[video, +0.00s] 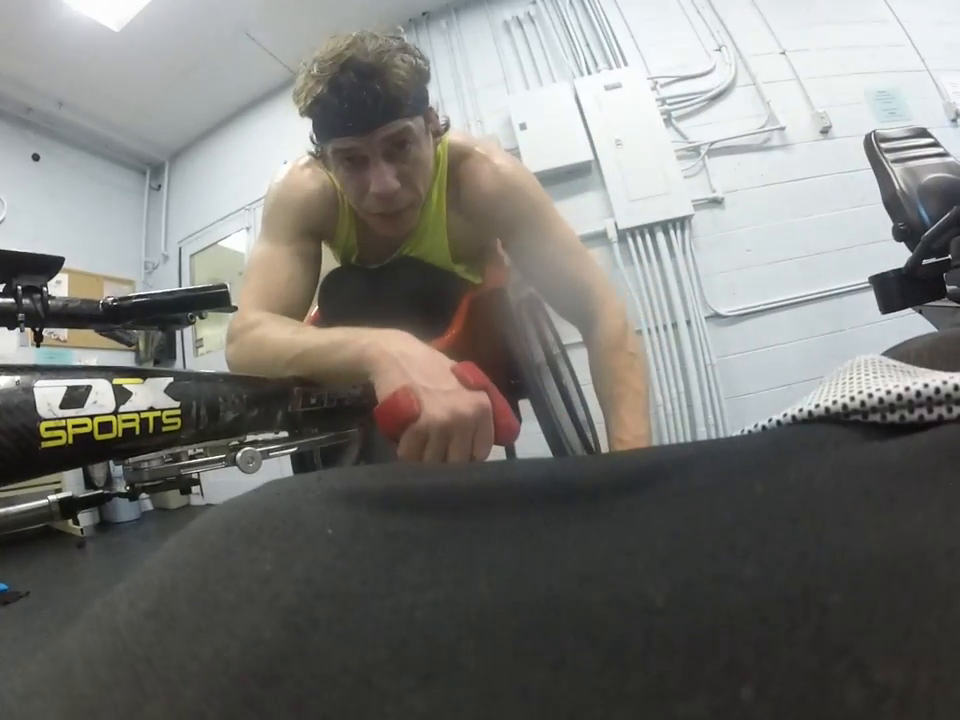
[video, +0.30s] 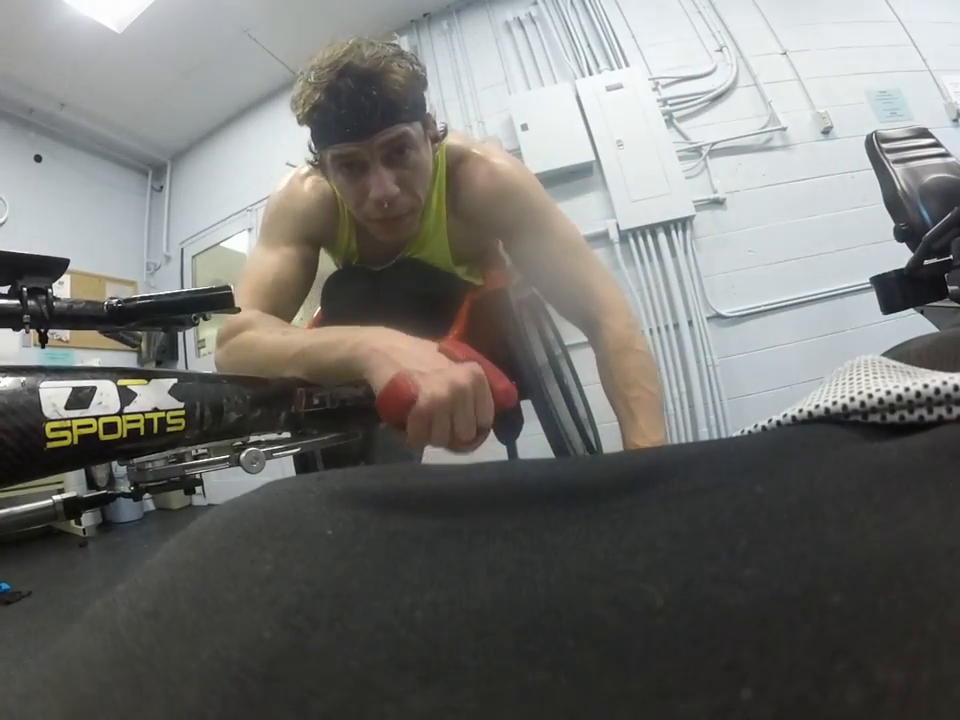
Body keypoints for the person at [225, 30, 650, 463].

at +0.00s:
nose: (382, 185)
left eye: (400, 148)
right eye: (352, 160)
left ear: (433, 126)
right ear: (324, 157)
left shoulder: (487, 179)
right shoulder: (303, 193)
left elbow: (606, 318)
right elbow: (248, 343)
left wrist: (629, 470)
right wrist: (381, 350)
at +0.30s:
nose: (381, 191)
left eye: (398, 154)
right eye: (352, 167)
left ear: (431, 131)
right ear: (324, 165)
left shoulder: (488, 180)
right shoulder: (304, 200)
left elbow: (612, 319)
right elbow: (237, 345)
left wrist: (647, 464)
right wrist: (371, 349)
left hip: (477, 327)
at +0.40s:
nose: (384, 193)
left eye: (400, 156)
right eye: (353, 169)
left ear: (433, 131)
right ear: (324, 165)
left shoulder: (489, 179)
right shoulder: (303, 203)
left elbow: (613, 318)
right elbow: (226, 342)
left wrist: (649, 474)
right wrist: (360, 335)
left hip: (487, 308)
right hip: (379, 316)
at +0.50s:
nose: (389, 187)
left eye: (404, 151)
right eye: (358, 164)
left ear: (435, 130)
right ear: (328, 160)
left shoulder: (490, 177)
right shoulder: (302, 203)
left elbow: (616, 317)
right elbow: (208, 348)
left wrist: (651, 468)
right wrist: (297, 310)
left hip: (487, 336)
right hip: (386, 351)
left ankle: (486, 403)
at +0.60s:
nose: (376, 191)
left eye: (394, 156)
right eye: (348, 169)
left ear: (429, 125)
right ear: (319, 157)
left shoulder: (484, 171)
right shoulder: (299, 198)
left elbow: (620, 302)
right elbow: (211, 308)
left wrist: (667, 459)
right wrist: (243, 326)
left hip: (480, 332)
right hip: (377, 350)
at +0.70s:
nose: (359, 209)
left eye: (374, 180)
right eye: (336, 192)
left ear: (410, 133)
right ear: (306, 175)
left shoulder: (477, 167)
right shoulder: (293, 202)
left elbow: (620, 280)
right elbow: (247, 287)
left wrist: (680, 439)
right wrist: (218, 362)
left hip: (470, 325)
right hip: (365, 347)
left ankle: (486, 392)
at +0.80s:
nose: (342, 248)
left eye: (350, 222)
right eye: (317, 235)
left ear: (393, 161)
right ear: (288, 213)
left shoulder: (468, 174)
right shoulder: (294, 216)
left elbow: (611, 247)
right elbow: (267, 276)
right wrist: (267, 380)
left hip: (470, 296)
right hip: (367, 318)